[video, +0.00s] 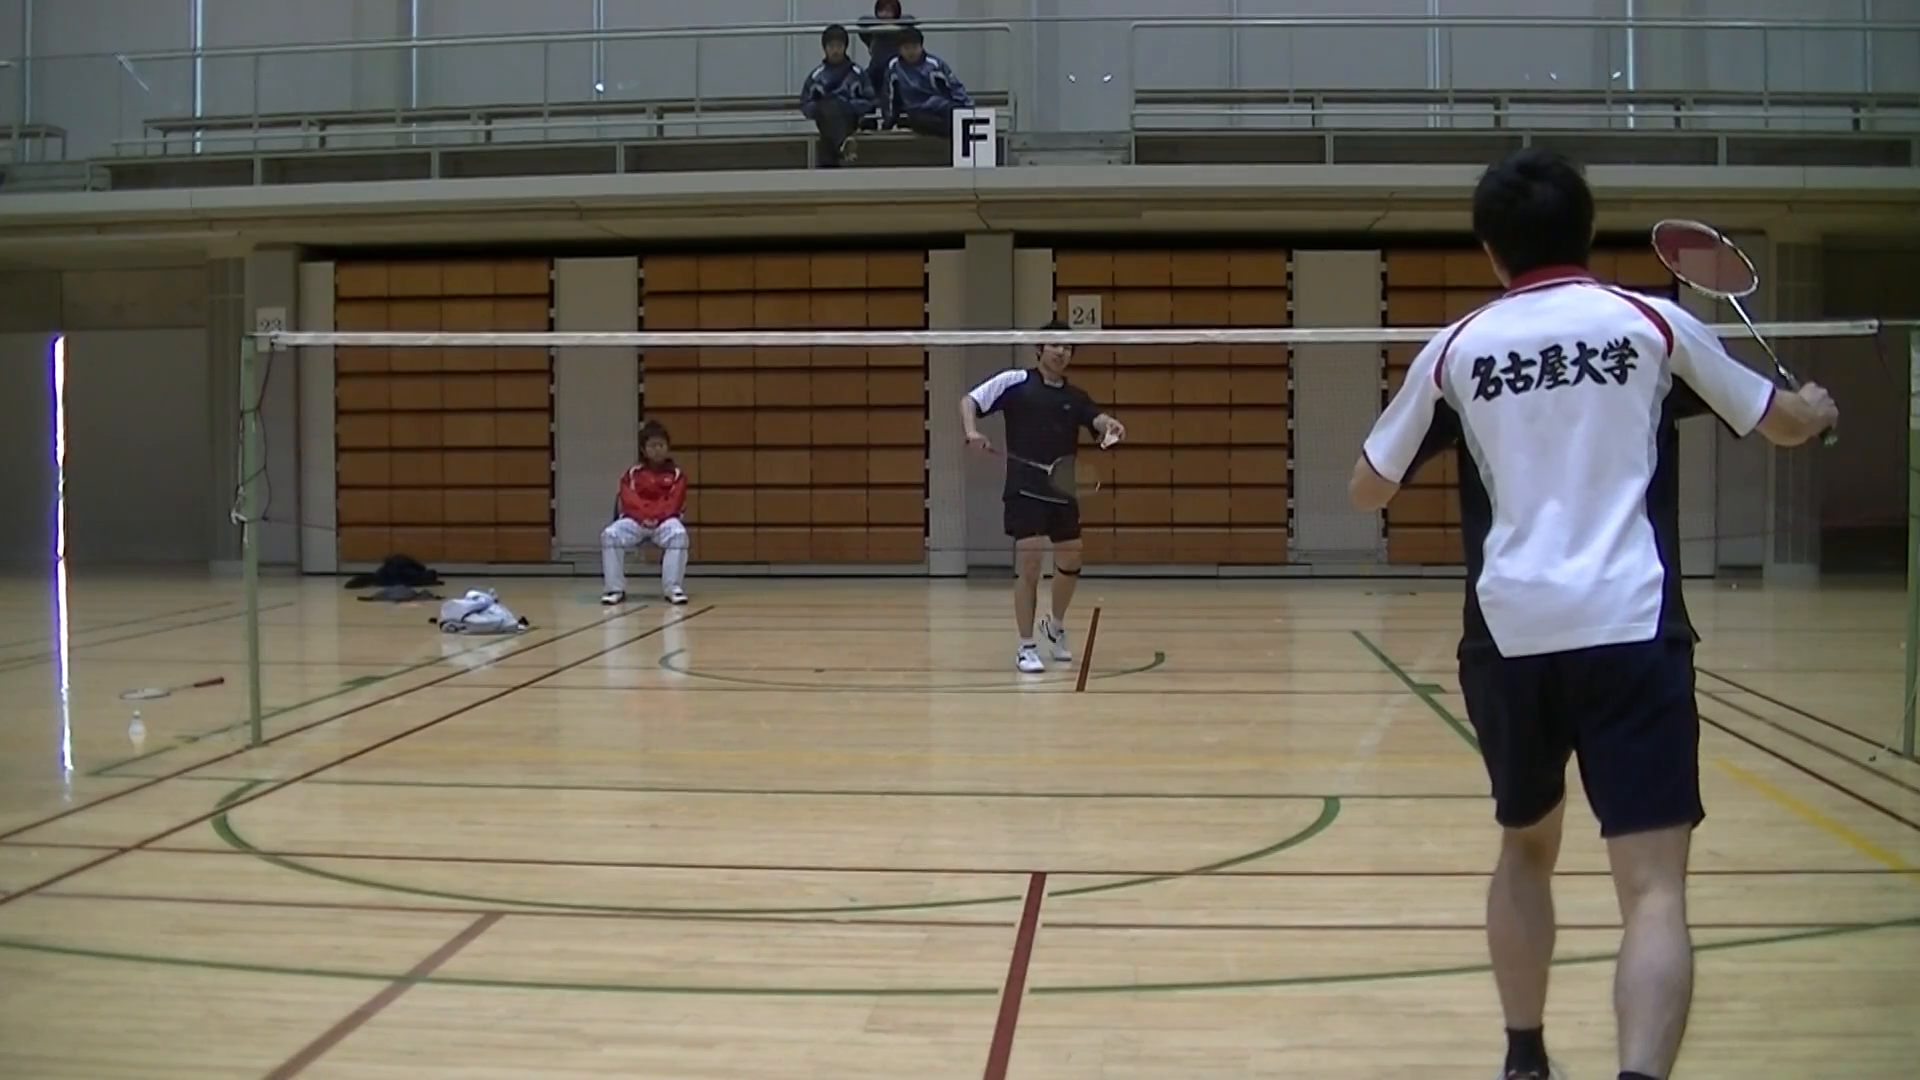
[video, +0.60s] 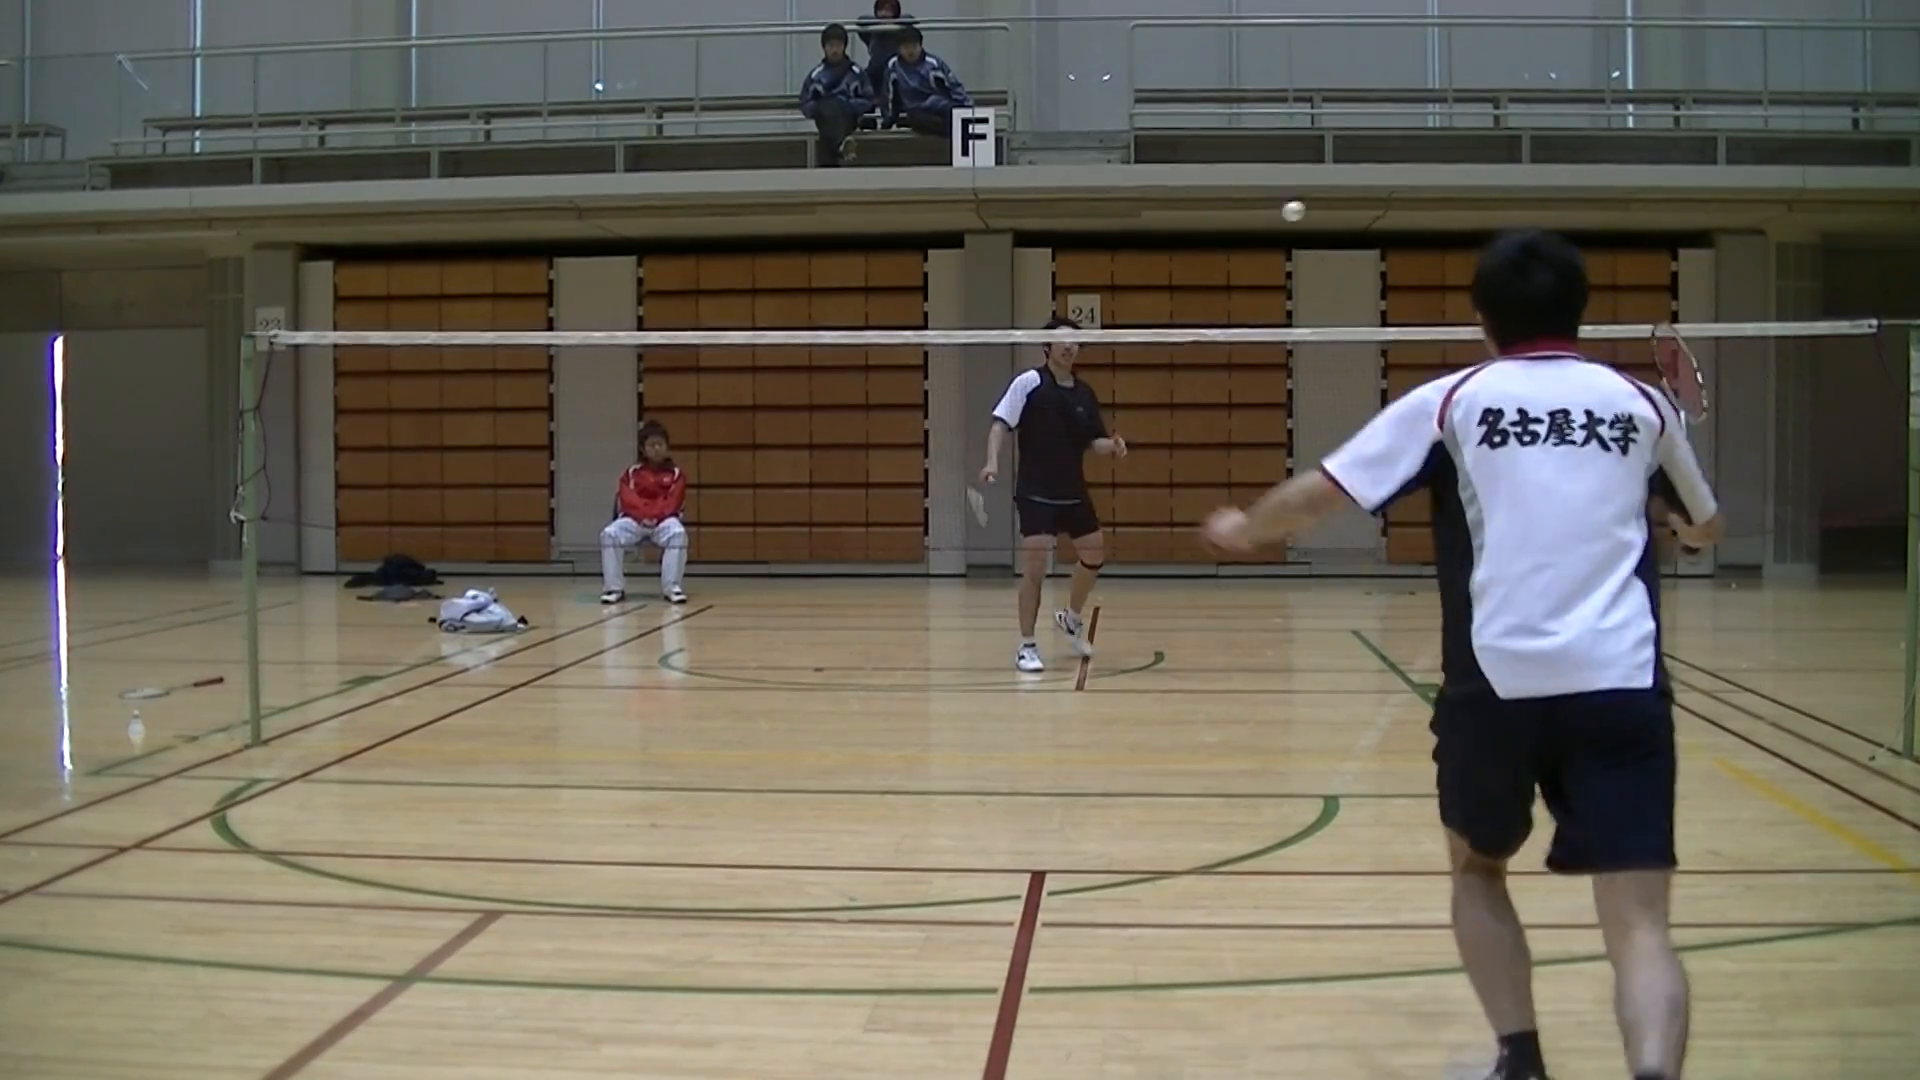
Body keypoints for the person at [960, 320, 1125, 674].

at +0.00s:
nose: (1062, 353)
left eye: (1067, 348)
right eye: (1056, 346)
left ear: (1071, 354)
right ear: (1040, 350)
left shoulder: (1075, 395)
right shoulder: (1015, 381)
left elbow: (1100, 419)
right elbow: (969, 402)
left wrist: (1113, 428)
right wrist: (972, 431)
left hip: (1062, 488)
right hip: (1025, 487)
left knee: (1070, 561)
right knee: (1030, 563)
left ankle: (1055, 627)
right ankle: (1026, 646)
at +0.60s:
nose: (1068, 353)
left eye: (1073, 347)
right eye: (1061, 347)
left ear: (1079, 350)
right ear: (1047, 348)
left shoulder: (1083, 392)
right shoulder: (1028, 382)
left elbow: (1094, 442)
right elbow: (1000, 424)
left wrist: (1111, 445)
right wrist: (992, 462)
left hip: (1072, 488)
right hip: (1036, 488)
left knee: (1094, 554)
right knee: (1035, 565)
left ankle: (1072, 617)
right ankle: (1027, 646)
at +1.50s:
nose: (1161, 396)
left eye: (1166, 391)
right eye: (1154, 390)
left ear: (1171, 397)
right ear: (1140, 395)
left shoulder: (1179, 434)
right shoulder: (1124, 433)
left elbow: (1216, 455)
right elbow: (1099, 484)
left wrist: (1256, 435)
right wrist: (1096, 532)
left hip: (1155, 525)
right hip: (1120, 523)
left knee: (1147, 588)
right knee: (1117, 583)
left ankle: (1124, 623)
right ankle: (1092, 643)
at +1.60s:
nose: (1175, 386)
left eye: (1179, 381)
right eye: (1168, 380)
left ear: (1184, 388)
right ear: (1151, 387)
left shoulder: (1186, 426)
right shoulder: (1138, 426)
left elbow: (1204, 444)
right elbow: (1126, 483)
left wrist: (1247, 432)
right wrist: (1141, 526)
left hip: (1166, 517)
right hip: (1132, 514)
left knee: (1175, 583)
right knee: (1116, 584)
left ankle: (1125, 617)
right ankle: (1090, 641)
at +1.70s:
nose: (1189, 374)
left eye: (1193, 369)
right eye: (1182, 368)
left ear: (1195, 374)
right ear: (1164, 372)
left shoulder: (1180, 411)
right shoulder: (1158, 409)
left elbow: (1175, 451)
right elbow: (1151, 463)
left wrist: (1203, 446)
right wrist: (1176, 503)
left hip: (1165, 507)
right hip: (1138, 506)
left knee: (1187, 577)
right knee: (1120, 593)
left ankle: (1124, 624)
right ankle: (1063, 630)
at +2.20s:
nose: (1399, 439)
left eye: (1402, 431)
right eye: (1392, 430)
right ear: (1369, 429)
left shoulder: (1358, 460)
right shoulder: (1347, 462)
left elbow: (1357, 528)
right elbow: (1355, 532)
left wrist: (1362, 585)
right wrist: (1369, 590)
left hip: (1303, 541)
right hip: (1286, 540)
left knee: (1287, 631)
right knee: (1349, 583)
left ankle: (1219, 649)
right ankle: (1343, 684)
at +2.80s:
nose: (1566, 402)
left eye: (1573, 393)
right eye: (1562, 391)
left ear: (1576, 393)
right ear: (1547, 386)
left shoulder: (1578, 426)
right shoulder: (1517, 414)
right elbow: (1491, 487)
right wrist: (1486, 552)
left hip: (1543, 536)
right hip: (1504, 537)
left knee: (1536, 615)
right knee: (1535, 605)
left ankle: (1494, 681)